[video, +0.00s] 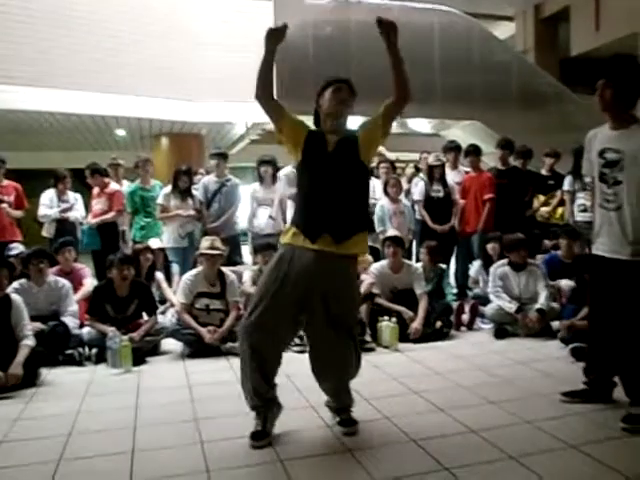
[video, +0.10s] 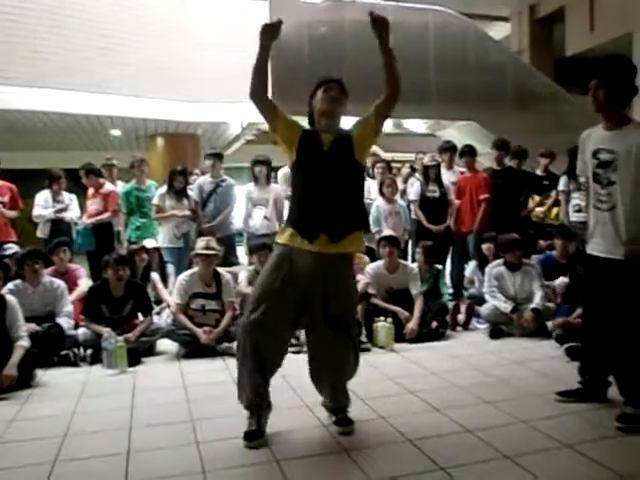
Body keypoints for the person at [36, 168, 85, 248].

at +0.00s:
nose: (66, 186)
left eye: (68, 183)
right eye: (63, 183)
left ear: (70, 183)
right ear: (56, 184)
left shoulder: (76, 197)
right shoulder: (47, 195)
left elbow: (81, 215)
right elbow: (41, 215)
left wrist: (68, 216)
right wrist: (59, 212)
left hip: (71, 228)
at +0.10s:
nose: (61, 186)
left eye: (62, 183)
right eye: (57, 183)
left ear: (65, 183)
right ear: (51, 184)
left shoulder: (71, 197)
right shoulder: (42, 196)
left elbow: (76, 215)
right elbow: (36, 215)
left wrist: (62, 216)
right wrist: (54, 213)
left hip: (66, 229)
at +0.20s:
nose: (56, 187)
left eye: (58, 184)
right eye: (53, 185)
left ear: (60, 184)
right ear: (47, 185)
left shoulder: (67, 195)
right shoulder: (38, 194)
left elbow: (71, 215)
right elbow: (32, 216)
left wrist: (59, 218)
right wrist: (48, 215)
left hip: (62, 229)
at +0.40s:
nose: (54, 168)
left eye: (56, 165)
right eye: (51, 165)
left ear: (58, 165)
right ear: (45, 166)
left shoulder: (65, 177)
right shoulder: (36, 176)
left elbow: (70, 196)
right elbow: (30, 197)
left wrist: (58, 198)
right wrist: (47, 196)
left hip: (61, 209)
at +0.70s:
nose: (57, 167)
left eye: (59, 164)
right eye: (54, 164)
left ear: (62, 165)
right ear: (49, 165)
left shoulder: (68, 178)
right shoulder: (40, 177)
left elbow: (74, 196)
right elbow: (34, 197)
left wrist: (61, 197)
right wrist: (51, 194)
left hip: (64, 209)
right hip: (48, 209)